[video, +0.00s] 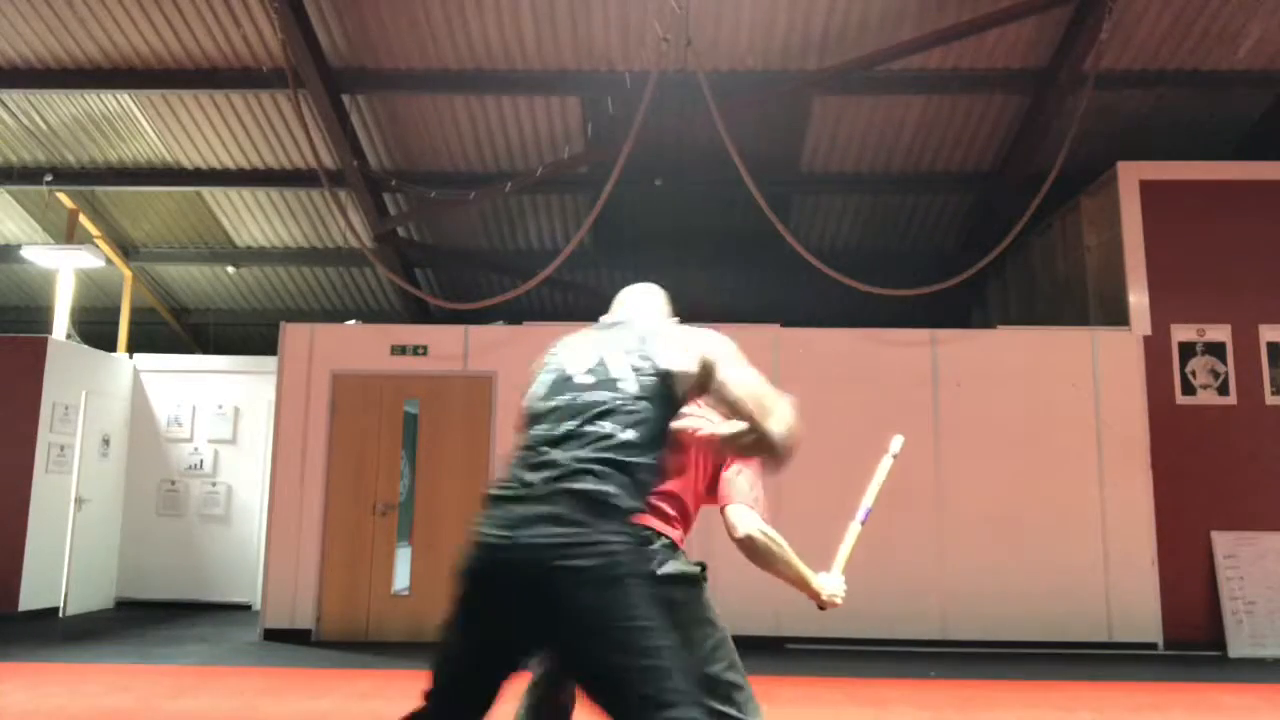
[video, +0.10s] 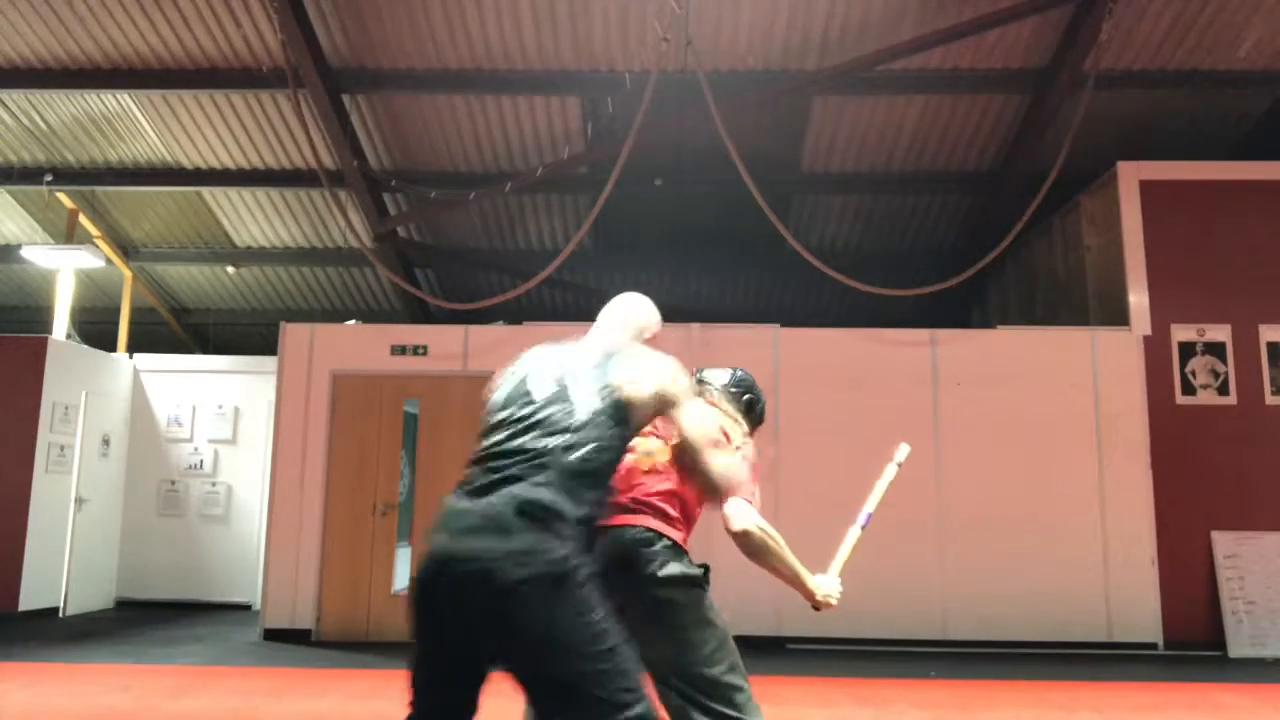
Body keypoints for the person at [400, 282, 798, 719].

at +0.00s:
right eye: (667, 314)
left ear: (609, 317)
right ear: (668, 317)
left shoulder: (558, 351)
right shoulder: (693, 341)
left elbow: (528, 431)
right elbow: (778, 430)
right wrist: (718, 435)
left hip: (501, 548)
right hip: (594, 552)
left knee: (450, 705)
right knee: (667, 708)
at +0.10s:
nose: (651, 343)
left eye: (649, 335)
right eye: (650, 335)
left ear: (597, 320)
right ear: (643, 331)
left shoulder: (518, 366)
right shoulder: (649, 365)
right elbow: (720, 476)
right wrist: (735, 462)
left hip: (447, 557)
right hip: (535, 561)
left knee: (437, 709)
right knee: (622, 709)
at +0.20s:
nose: (650, 364)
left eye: (651, 355)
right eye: (649, 354)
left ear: (586, 333)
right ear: (636, 344)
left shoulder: (501, 373)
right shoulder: (631, 381)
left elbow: (455, 456)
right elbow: (697, 488)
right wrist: (730, 467)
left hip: (432, 570)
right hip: (518, 574)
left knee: (429, 708)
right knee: (600, 709)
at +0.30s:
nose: (619, 392)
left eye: (625, 385)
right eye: (621, 382)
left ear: (568, 348)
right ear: (599, 355)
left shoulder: (475, 385)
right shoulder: (593, 402)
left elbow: (441, 473)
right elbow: (614, 492)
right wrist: (666, 528)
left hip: (407, 595)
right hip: (499, 599)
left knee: (420, 710)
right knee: (575, 710)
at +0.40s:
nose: (612, 400)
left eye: (619, 391)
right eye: (615, 388)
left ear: (564, 354)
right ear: (596, 359)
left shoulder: (476, 391)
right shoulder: (581, 405)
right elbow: (573, 494)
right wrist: (637, 549)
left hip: (395, 610)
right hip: (484, 614)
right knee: (573, 706)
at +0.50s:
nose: (613, 398)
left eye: (622, 386)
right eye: (619, 382)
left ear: (563, 352)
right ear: (601, 360)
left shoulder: (483, 401)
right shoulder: (565, 409)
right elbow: (515, 488)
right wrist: (590, 559)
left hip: (379, 615)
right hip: (457, 621)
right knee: (547, 708)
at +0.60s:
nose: (621, 390)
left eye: (625, 375)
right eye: (624, 372)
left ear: (563, 353)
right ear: (610, 358)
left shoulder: (497, 403)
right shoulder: (557, 409)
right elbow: (495, 479)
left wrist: (577, 469)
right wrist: (588, 545)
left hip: (375, 613)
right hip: (440, 621)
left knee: (412, 709)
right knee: (534, 708)